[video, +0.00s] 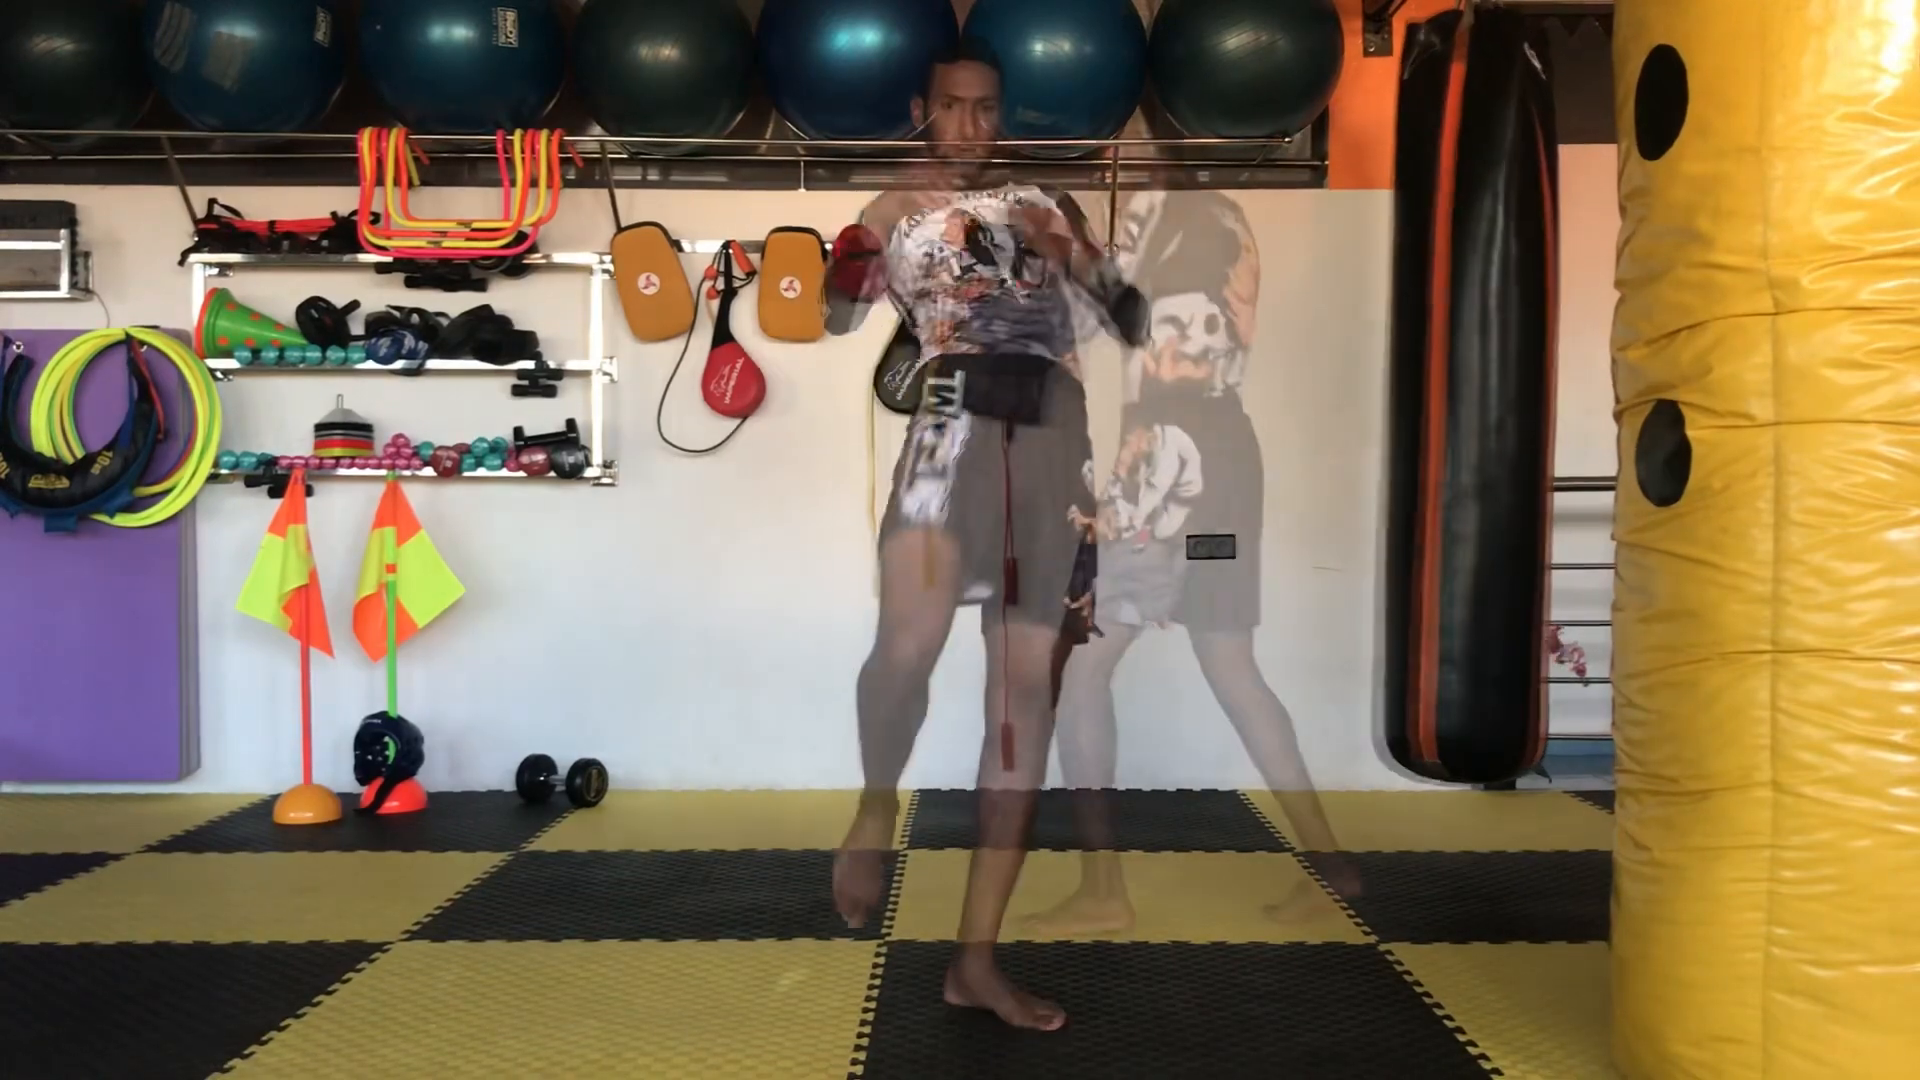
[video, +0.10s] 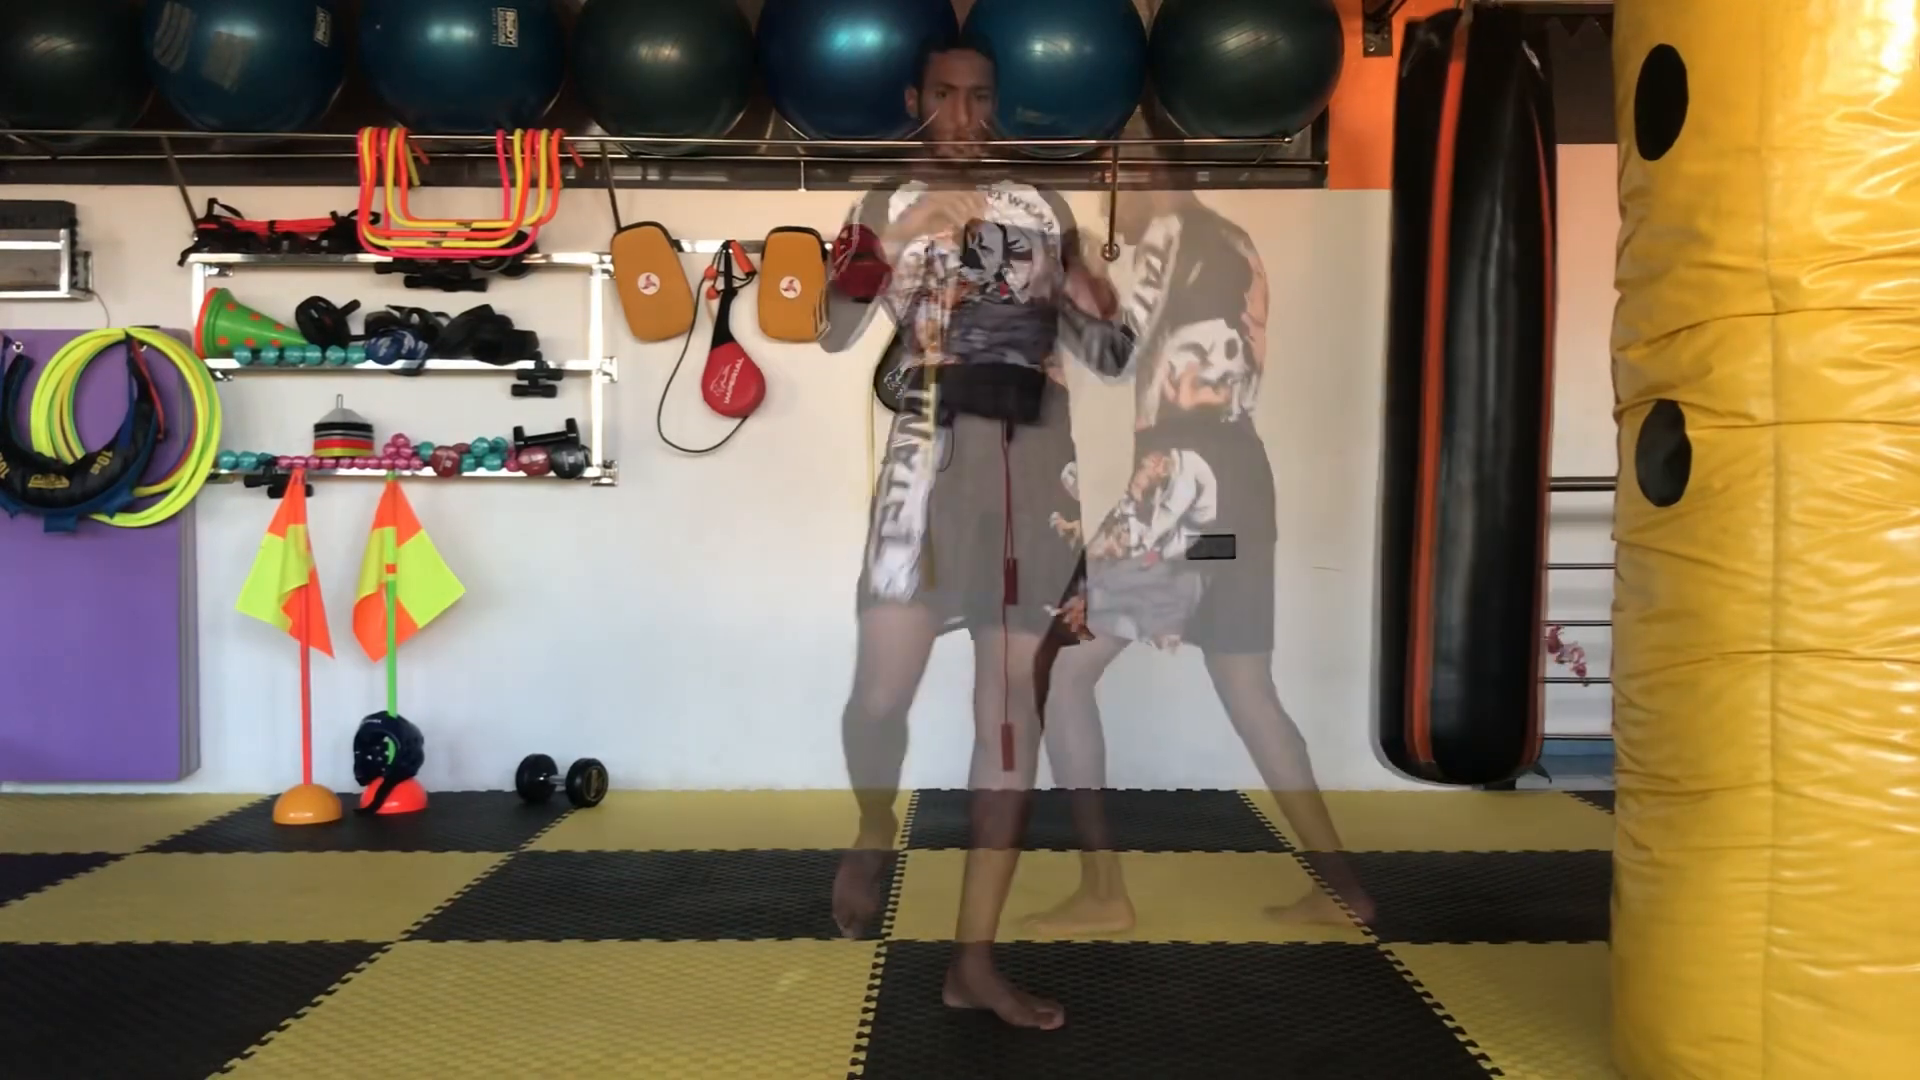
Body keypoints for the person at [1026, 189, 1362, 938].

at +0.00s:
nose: (1111, 159)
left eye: (1119, 144)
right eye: (1110, 147)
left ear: (1144, 144)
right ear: (1186, 142)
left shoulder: (1152, 225)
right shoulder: (1228, 224)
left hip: (1163, 465)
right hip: (1225, 461)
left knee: (1081, 672)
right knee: (1233, 671)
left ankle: (1101, 887)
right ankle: (1327, 864)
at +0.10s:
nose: (1110, 185)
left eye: (1117, 167)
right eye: (1111, 169)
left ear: (1141, 163)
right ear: (1174, 159)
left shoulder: (1157, 239)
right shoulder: (1236, 245)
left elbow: (1117, 348)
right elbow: (1245, 373)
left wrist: (1052, 300)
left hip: (1176, 487)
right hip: (1242, 483)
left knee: (1063, 675)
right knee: (1253, 699)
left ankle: (1102, 890)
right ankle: (1342, 887)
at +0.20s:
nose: (1095, 198)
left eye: (1102, 175)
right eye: (1096, 176)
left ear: (1137, 173)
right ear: (1165, 175)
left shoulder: (1170, 242)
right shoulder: (1223, 248)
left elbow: (1129, 361)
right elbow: (1148, 358)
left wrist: (1081, 299)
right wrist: (1086, 306)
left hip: (1182, 487)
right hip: (1236, 485)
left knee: (1049, 666)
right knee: (1245, 699)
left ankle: (1095, 879)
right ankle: (1340, 884)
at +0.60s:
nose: (997, 238)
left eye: (1005, 221)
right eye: (995, 224)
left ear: (1052, 213)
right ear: (1051, 216)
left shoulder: (1096, 280)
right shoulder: (1073, 285)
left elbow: (1049, 358)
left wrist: (953, 297)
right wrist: (934, 219)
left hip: (1084, 524)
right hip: (1107, 518)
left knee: (911, 668)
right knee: (1200, 702)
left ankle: (873, 887)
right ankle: (1340, 871)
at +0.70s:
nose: (957, 226)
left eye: (965, 210)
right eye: (956, 212)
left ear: (1012, 202)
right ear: (1003, 206)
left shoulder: (1055, 266)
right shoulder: (1005, 277)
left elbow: (971, 305)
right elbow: (932, 306)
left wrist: (875, 236)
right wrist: (869, 246)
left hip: (1011, 524)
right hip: (1027, 520)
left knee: (852, 682)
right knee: (1055, 723)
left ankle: (866, 896)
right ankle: (1243, 817)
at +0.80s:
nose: (940, 188)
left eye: (946, 170)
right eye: (938, 174)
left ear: (989, 163)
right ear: (993, 166)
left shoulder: (1028, 224)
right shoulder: (996, 249)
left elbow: (908, 236)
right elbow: (949, 379)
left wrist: (854, 178)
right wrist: (862, 336)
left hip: (964, 490)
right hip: (958, 487)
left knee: (836, 679)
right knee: (871, 662)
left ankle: (863, 890)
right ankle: (1027, 732)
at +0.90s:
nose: (932, 168)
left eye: (938, 151)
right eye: (931, 155)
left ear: (983, 139)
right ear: (985, 143)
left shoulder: (1016, 186)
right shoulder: (1020, 236)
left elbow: (869, 199)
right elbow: (1026, 398)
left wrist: (921, 185)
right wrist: (937, 393)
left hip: (919, 455)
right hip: (887, 433)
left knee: (837, 665)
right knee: (728, 497)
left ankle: (855, 877)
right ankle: (842, 606)